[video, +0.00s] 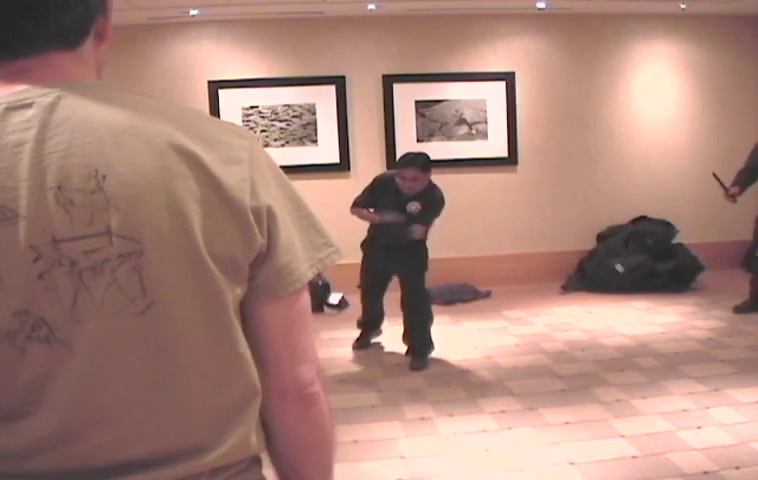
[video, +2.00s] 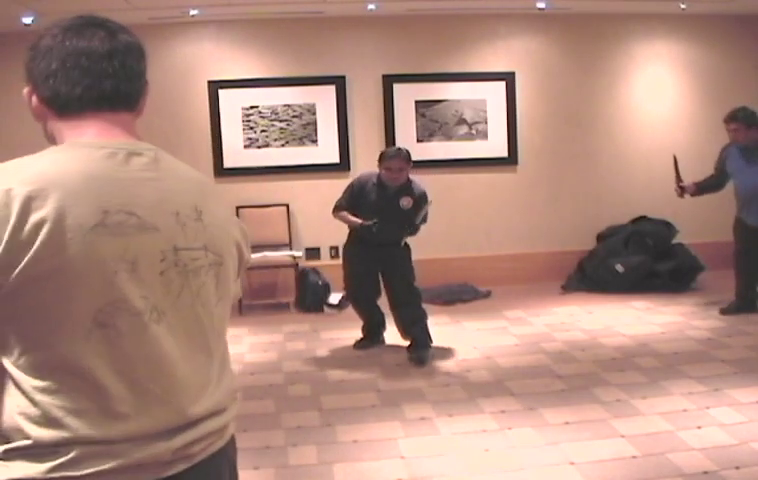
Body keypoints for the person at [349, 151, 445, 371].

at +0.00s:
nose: (407, 184)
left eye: (414, 179)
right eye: (402, 178)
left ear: (427, 176)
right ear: (396, 173)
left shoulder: (434, 197)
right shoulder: (384, 183)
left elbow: (422, 228)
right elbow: (356, 208)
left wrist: (418, 230)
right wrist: (374, 217)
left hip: (411, 250)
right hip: (378, 248)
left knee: (414, 298)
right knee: (369, 291)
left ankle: (418, 350)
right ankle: (368, 329)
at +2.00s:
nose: (393, 175)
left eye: (399, 170)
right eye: (388, 169)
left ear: (409, 170)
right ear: (379, 168)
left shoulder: (417, 194)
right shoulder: (364, 182)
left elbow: (413, 229)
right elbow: (338, 210)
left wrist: (408, 213)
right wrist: (358, 222)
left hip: (393, 248)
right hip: (360, 247)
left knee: (404, 296)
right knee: (359, 294)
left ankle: (419, 344)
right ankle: (373, 331)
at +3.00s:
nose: (405, 174)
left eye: (411, 168)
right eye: (400, 168)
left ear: (426, 166)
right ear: (395, 165)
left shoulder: (438, 188)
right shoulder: (385, 179)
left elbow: (435, 227)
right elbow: (367, 203)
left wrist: (409, 247)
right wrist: (372, 222)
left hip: (418, 246)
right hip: (383, 242)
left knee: (421, 298)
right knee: (369, 291)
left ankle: (418, 350)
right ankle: (362, 329)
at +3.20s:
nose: (405, 169)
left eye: (411, 163)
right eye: (400, 163)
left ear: (424, 161)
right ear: (394, 162)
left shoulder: (437, 185)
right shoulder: (383, 179)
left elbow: (453, 223)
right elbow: (361, 209)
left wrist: (438, 254)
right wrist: (367, 243)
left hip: (420, 249)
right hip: (384, 248)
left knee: (423, 302)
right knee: (369, 294)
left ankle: (419, 350)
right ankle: (362, 329)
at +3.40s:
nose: (402, 165)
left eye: (407, 159)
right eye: (396, 160)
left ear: (419, 158)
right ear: (389, 160)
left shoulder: (431, 181)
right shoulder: (377, 179)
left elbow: (459, 211)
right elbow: (347, 207)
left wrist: (457, 241)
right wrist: (339, 242)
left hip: (419, 248)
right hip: (383, 249)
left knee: (423, 301)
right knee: (378, 299)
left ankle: (420, 351)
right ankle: (374, 344)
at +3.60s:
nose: (395, 166)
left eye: (400, 160)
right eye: (389, 161)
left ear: (408, 158)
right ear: (378, 162)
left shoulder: (420, 179)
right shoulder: (366, 180)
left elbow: (447, 205)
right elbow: (335, 212)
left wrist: (441, 226)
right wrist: (327, 243)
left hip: (415, 249)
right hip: (380, 250)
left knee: (421, 300)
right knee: (382, 301)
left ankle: (421, 350)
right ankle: (380, 350)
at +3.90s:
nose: (392, 169)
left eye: (397, 163)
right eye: (386, 164)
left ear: (403, 159)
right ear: (373, 163)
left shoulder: (412, 177)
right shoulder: (358, 182)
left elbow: (428, 204)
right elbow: (328, 215)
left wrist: (409, 217)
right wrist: (324, 246)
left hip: (407, 244)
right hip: (375, 247)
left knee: (419, 296)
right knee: (380, 301)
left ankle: (422, 346)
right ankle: (380, 350)